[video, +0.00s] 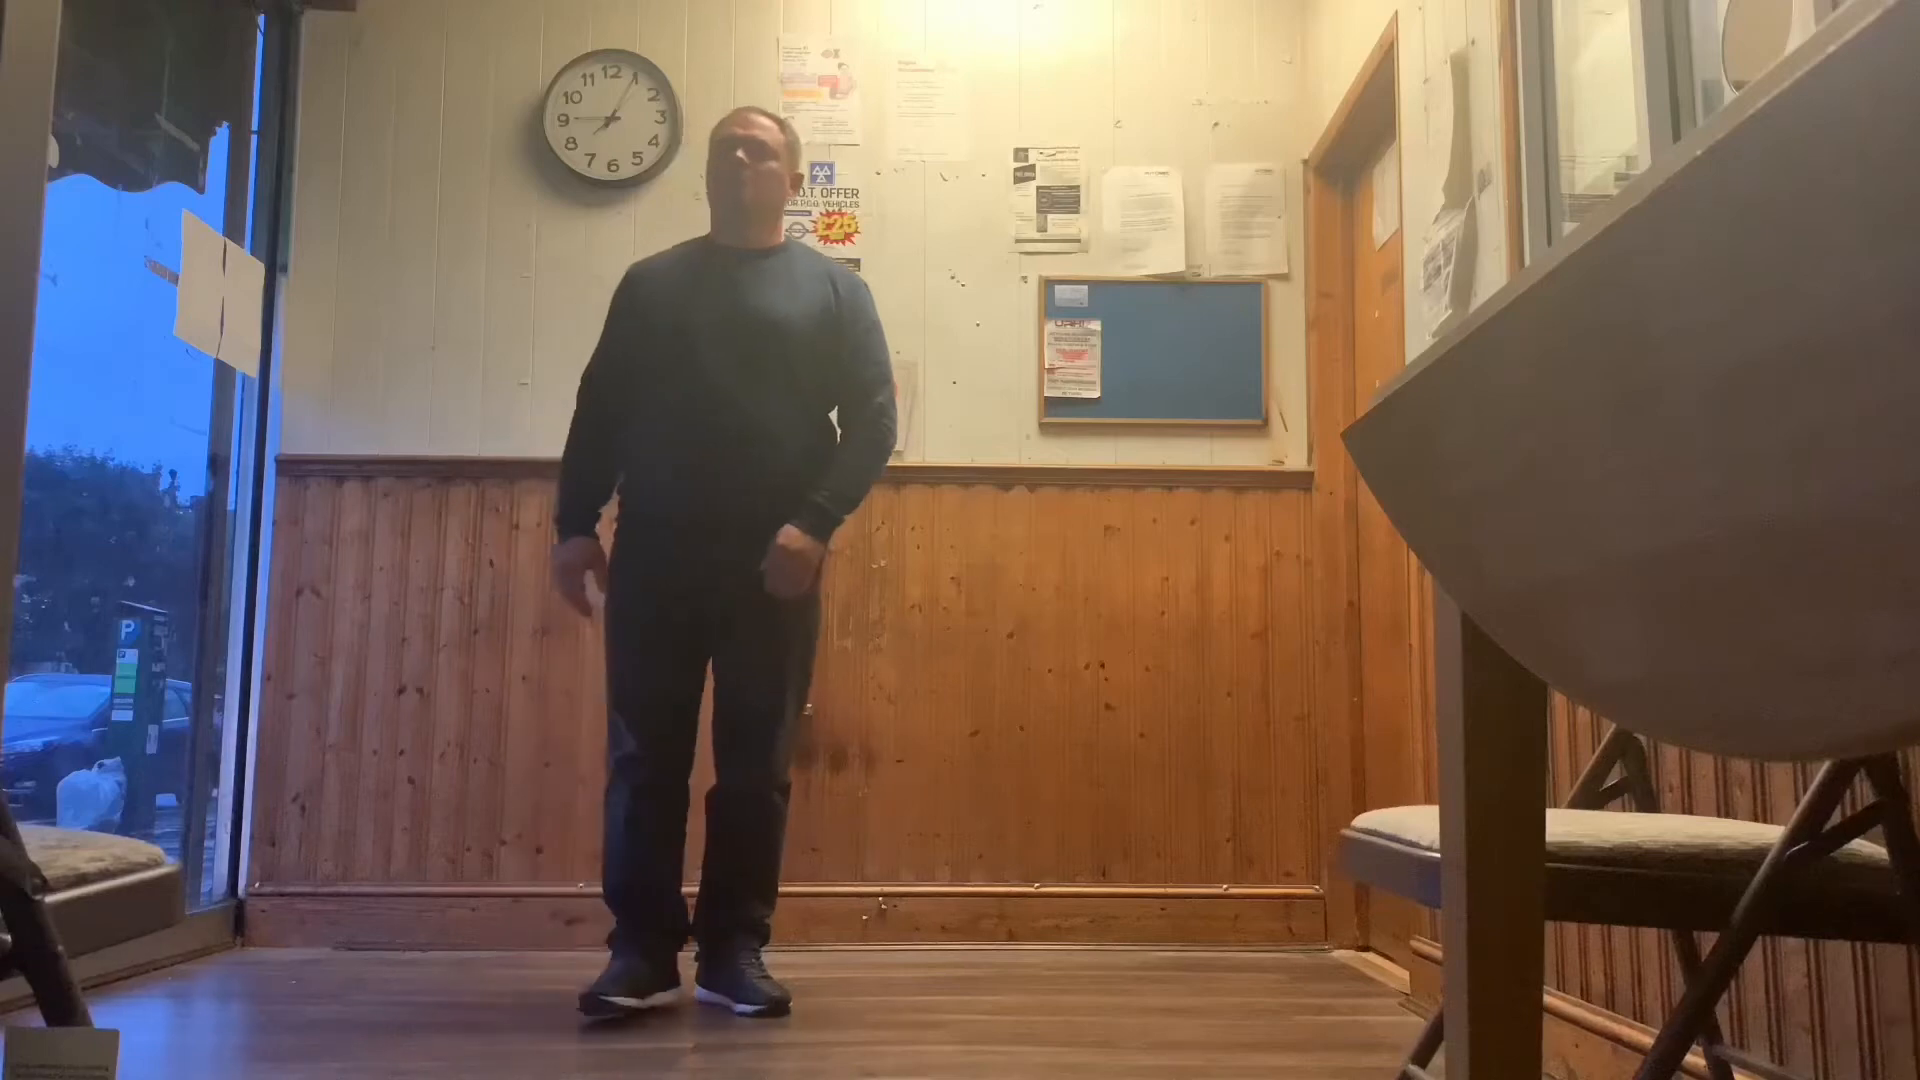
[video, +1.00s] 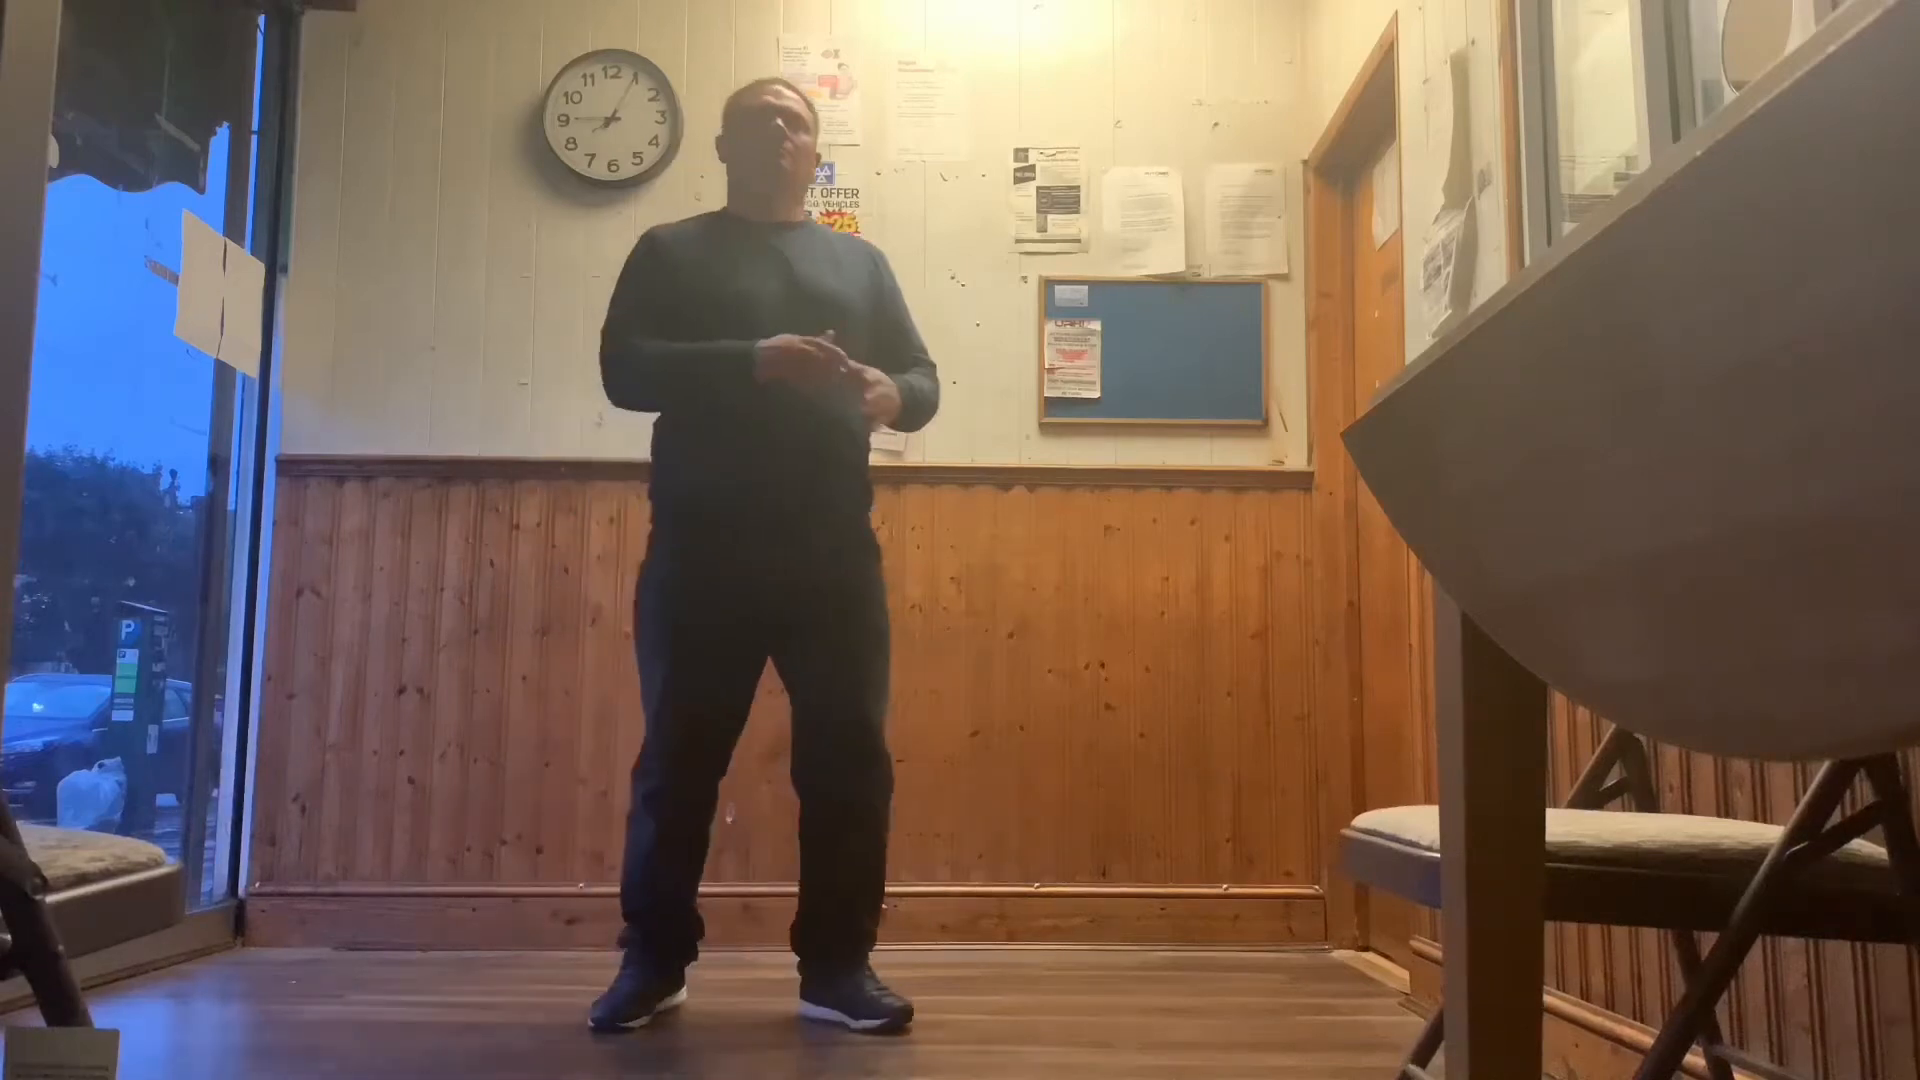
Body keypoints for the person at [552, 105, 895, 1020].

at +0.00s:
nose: (735, 158)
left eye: (757, 149)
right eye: (723, 148)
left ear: (794, 183)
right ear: (703, 177)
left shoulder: (836, 292)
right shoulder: (650, 284)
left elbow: (871, 428)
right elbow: (598, 409)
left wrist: (815, 524)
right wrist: (576, 525)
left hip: (770, 567)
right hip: (656, 560)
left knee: (754, 773)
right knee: (643, 765)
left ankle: (733, 955)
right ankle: (641, 956)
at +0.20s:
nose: (725, 153)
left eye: (746, 144)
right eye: (712, 142)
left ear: (783, 175)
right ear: (691, 171)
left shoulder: (827, 283)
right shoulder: (640, 282)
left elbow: (871, 414)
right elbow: (592, 410)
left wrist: (818, 511)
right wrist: (578, 527)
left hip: (772, 567)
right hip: (659, 562)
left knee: (756, 773)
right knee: (649, 767)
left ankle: (734, 958)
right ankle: (647, 960)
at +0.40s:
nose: (716, 141)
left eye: (735, 133)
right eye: (699, 130)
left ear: (766, 169)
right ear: (672, 163)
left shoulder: (813, 275)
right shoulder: (623, 279)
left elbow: (863, 404)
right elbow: (575, 405)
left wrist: (817, 498)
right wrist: (578, 518)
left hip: (770, 564)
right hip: (651, 561)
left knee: (755, 774)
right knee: (645, 772)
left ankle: (733, 959)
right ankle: (648, 961)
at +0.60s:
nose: (717, 138)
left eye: (735, 132)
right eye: (699, 127)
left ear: (760, 169)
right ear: (667, 159)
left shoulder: (801, 274)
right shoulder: (607, 274)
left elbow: (851, 399)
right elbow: (558, 407)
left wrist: (813, 489)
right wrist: (599, 493)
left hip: (770, 554)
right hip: (642, 556)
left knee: (801, 738)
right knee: (639, 763)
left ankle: (761, 927)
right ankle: (650, 959)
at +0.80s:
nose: (732, 131)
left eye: (751, 124)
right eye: (713, 119)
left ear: (779, 160)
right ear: (683, 152)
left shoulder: (815, 267)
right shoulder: (622, 256)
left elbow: (873, 391)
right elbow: (562, 377)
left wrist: (838, 415)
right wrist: (657, 409)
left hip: (784, 554)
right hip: (656, 554)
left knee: (821, 749)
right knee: (648, 767)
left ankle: (840, 963)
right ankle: (650, 962)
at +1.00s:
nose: (778, 128)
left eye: (794, 120)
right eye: (757, 115)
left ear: (818, 156)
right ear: (720, 149)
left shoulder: (859, 263)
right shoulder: (670, 251)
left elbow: (922, 385)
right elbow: (623, 372)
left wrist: (894, 395)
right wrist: (756, 359)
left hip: (831, 553)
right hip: (702, 551)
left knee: (851, 765)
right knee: (676, 766)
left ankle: (837, 971)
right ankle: (651, 965)